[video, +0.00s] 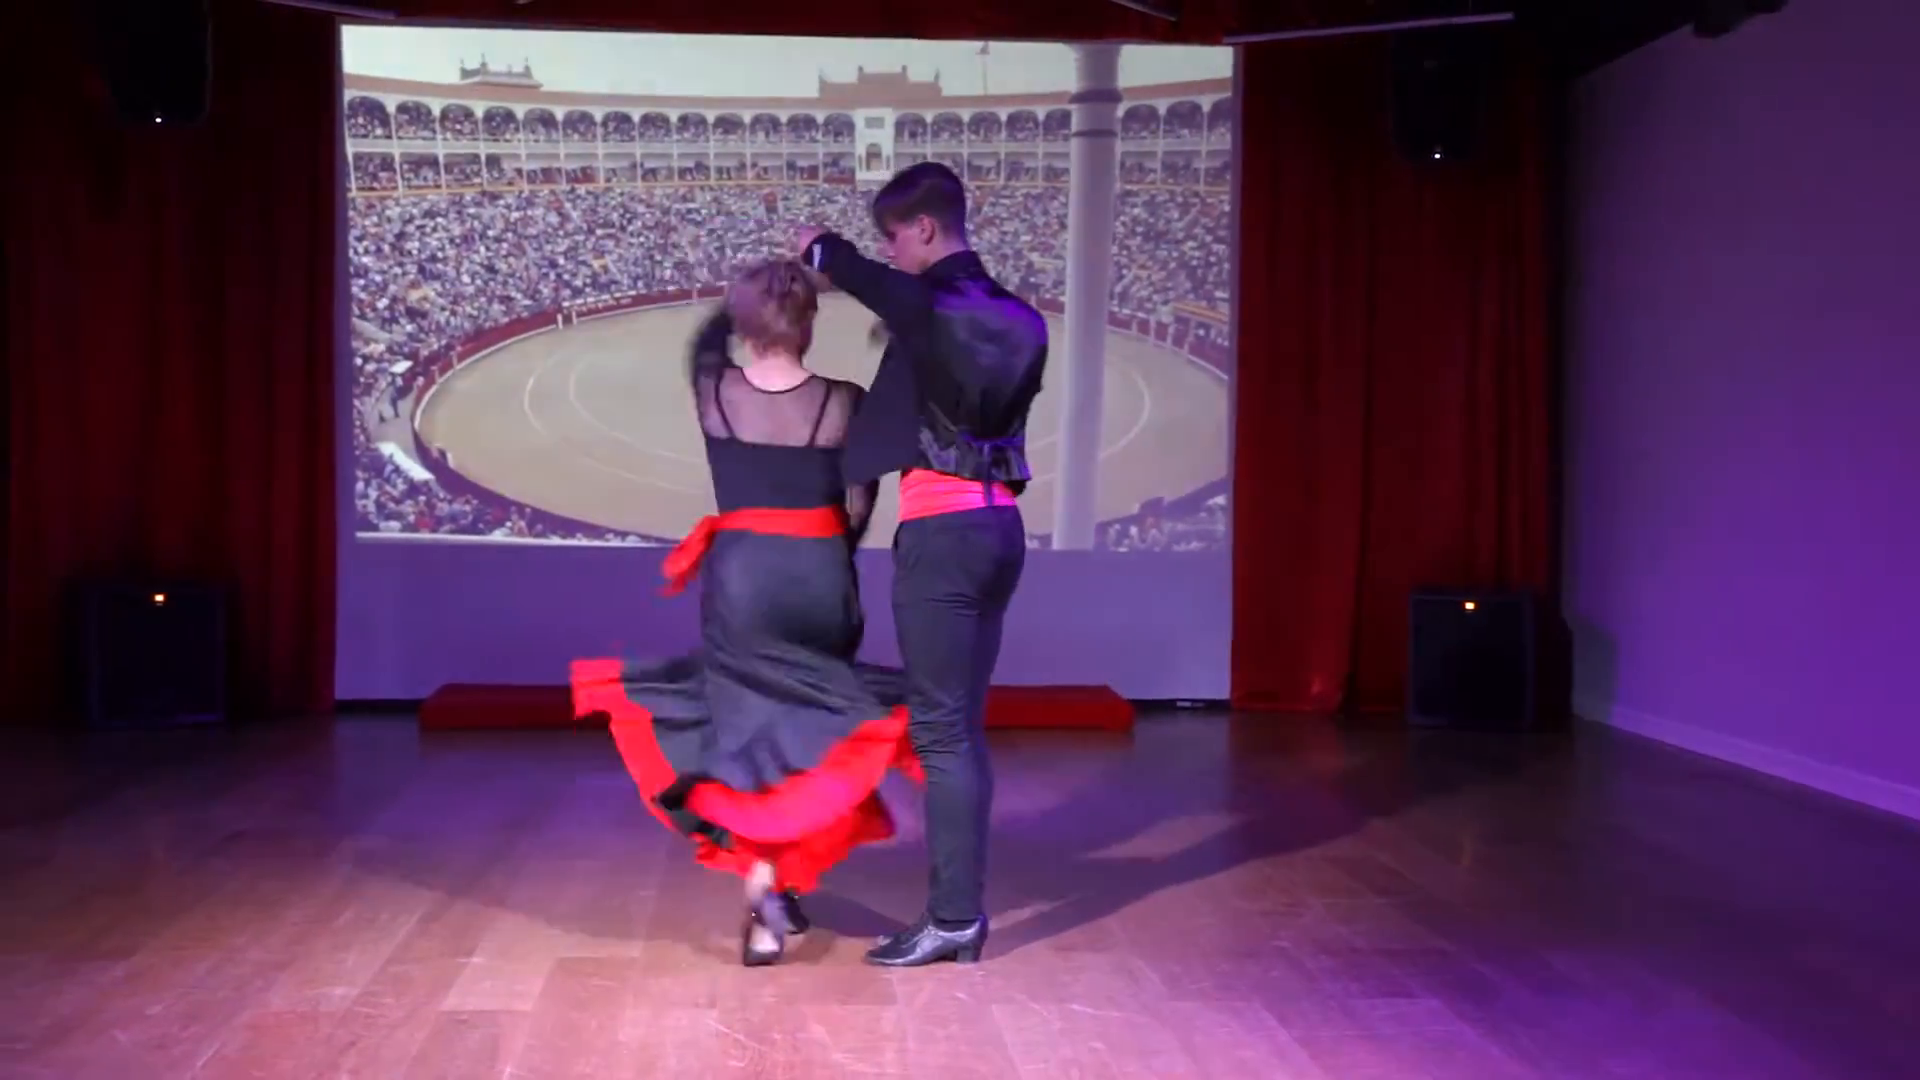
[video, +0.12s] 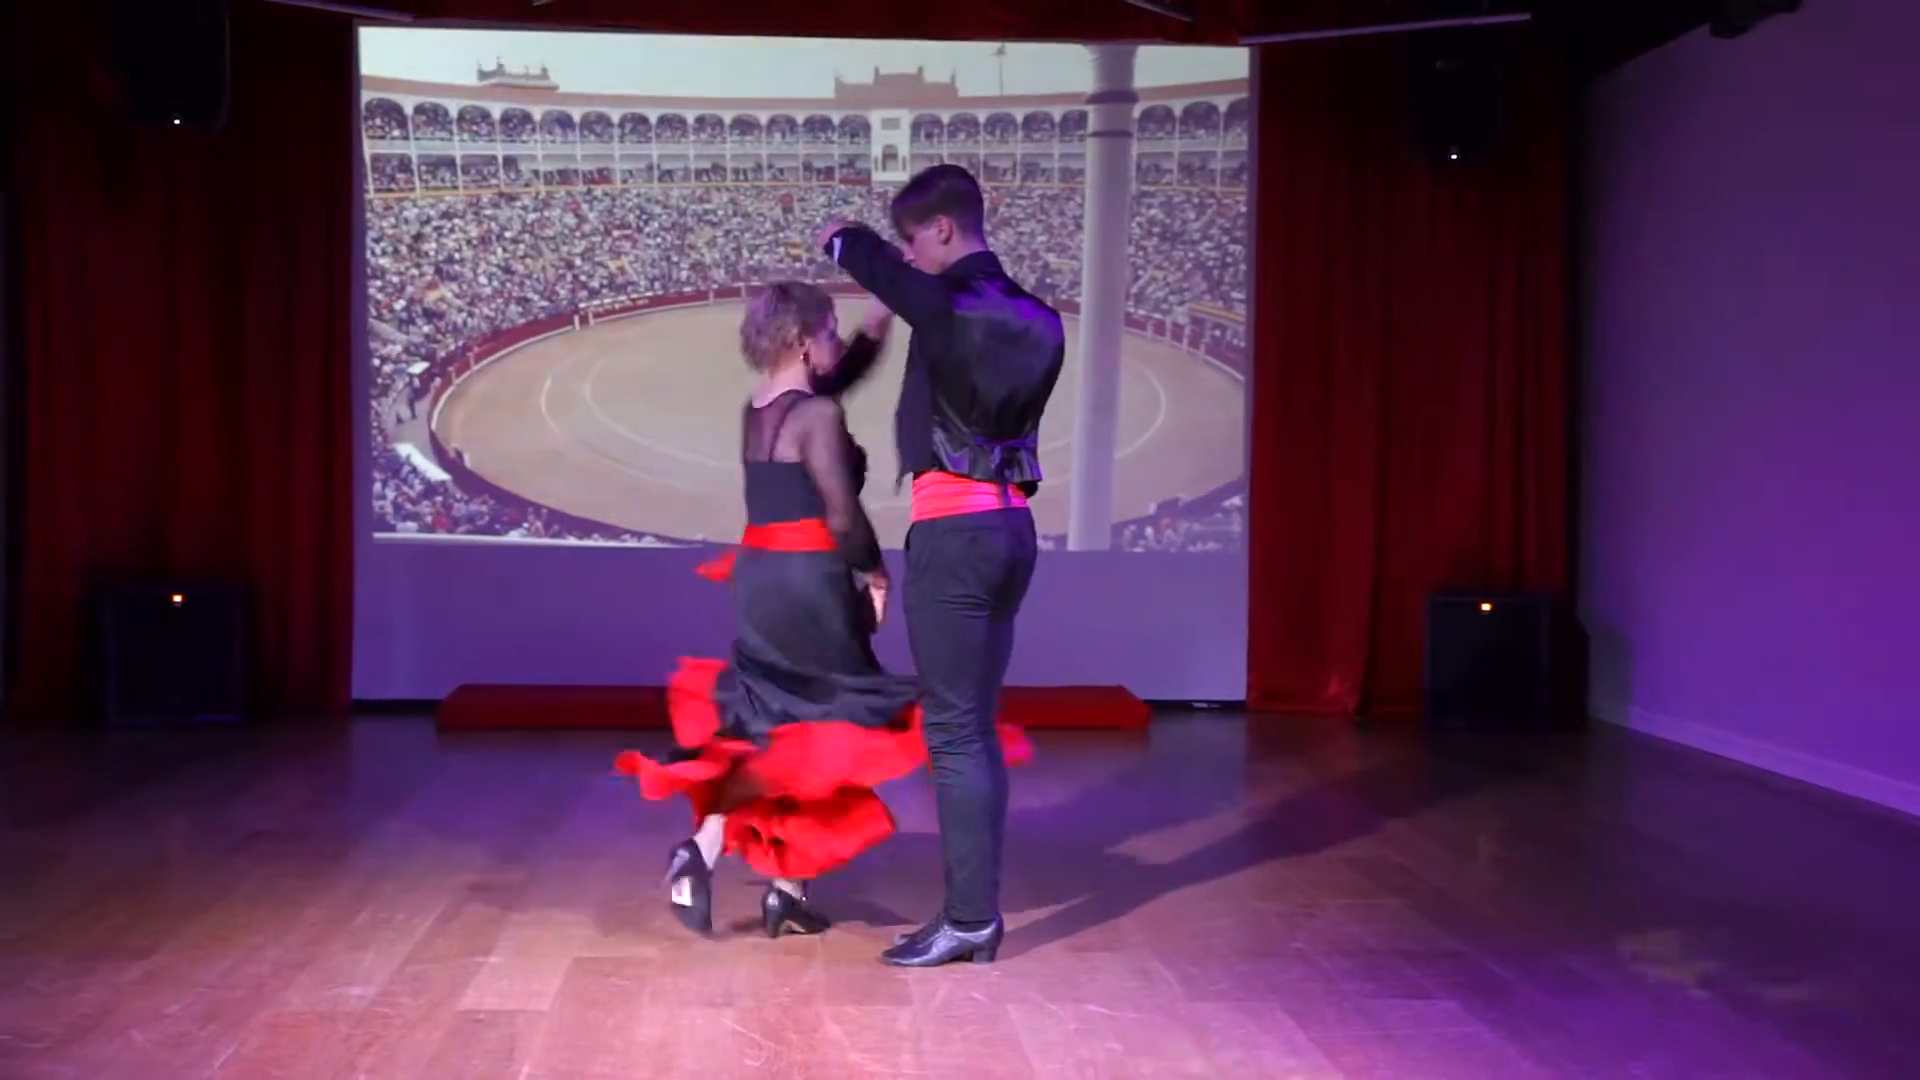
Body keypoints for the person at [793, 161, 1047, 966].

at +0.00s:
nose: (893, 251)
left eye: (896, 237)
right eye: (891, 239)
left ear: (927, 229)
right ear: (959, 230)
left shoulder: (925, 302)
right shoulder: (1023, 316)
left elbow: (849, 268)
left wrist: (817, 242)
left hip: (941, 536)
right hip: (998, 530)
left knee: (941, 732)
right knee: (956, 726)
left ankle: (953, 917)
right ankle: (960, 907)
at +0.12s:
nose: (911, 256)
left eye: (913, 241)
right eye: (909, 243)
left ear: (944, 230)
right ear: (979, 231)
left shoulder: (947, 305)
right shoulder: (1041, 317)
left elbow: (857, 250)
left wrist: (847, 237)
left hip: (950, 538)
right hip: (1007, 532)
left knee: (955, 733)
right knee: (969, 728)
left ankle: (969, 918)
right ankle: (973, 910)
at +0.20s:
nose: (923, 258)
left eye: (925, 243)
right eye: (919, 245)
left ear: (957, 231)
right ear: (990, 233)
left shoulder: (961, 304)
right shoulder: (1051, 318)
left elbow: (878, 260)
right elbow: (975, 388)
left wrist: (850, 233)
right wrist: (921, 342)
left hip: (959, 539)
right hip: (1014, 534)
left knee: (962, 732)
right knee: (974, 728)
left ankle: (979, 919)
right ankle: (982, 909)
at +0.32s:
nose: (938, 258)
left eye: (940, 244)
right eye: (935, 246)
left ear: (968, 232)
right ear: (1003, 233)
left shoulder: (981, 301)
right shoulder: (1057, 315)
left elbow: (869, 238)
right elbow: (958, 400)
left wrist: (864, 232)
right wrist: (907, 322)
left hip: (973, 539)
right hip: (1023, 532)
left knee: (975, 729)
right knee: (984, 724)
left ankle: (994, 916)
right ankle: (997, 906)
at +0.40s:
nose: (944, 265)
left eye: (946, 249)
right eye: (941, 252)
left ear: (975, 234)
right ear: (1005, 235)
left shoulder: (989, 301)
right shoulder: (1061, 312)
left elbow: (890, 245)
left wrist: (874, 233)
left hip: (985, 538)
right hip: (1029, 531)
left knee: (985, 728)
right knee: (993, 721)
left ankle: (1003, 916)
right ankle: (1007, 903)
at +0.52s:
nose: (952, 275)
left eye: (952, 259)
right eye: (948, 262)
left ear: (980, 242)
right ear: (1010, 238)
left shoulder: (1011, 303)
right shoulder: (1063, 304)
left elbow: (897, 250)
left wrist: (866, 245)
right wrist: (889, 266)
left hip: (1006, 536)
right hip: (1038, 529)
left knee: (1005, 729)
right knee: (1007, 721)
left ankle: (1018, 913)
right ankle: (1017, 905)